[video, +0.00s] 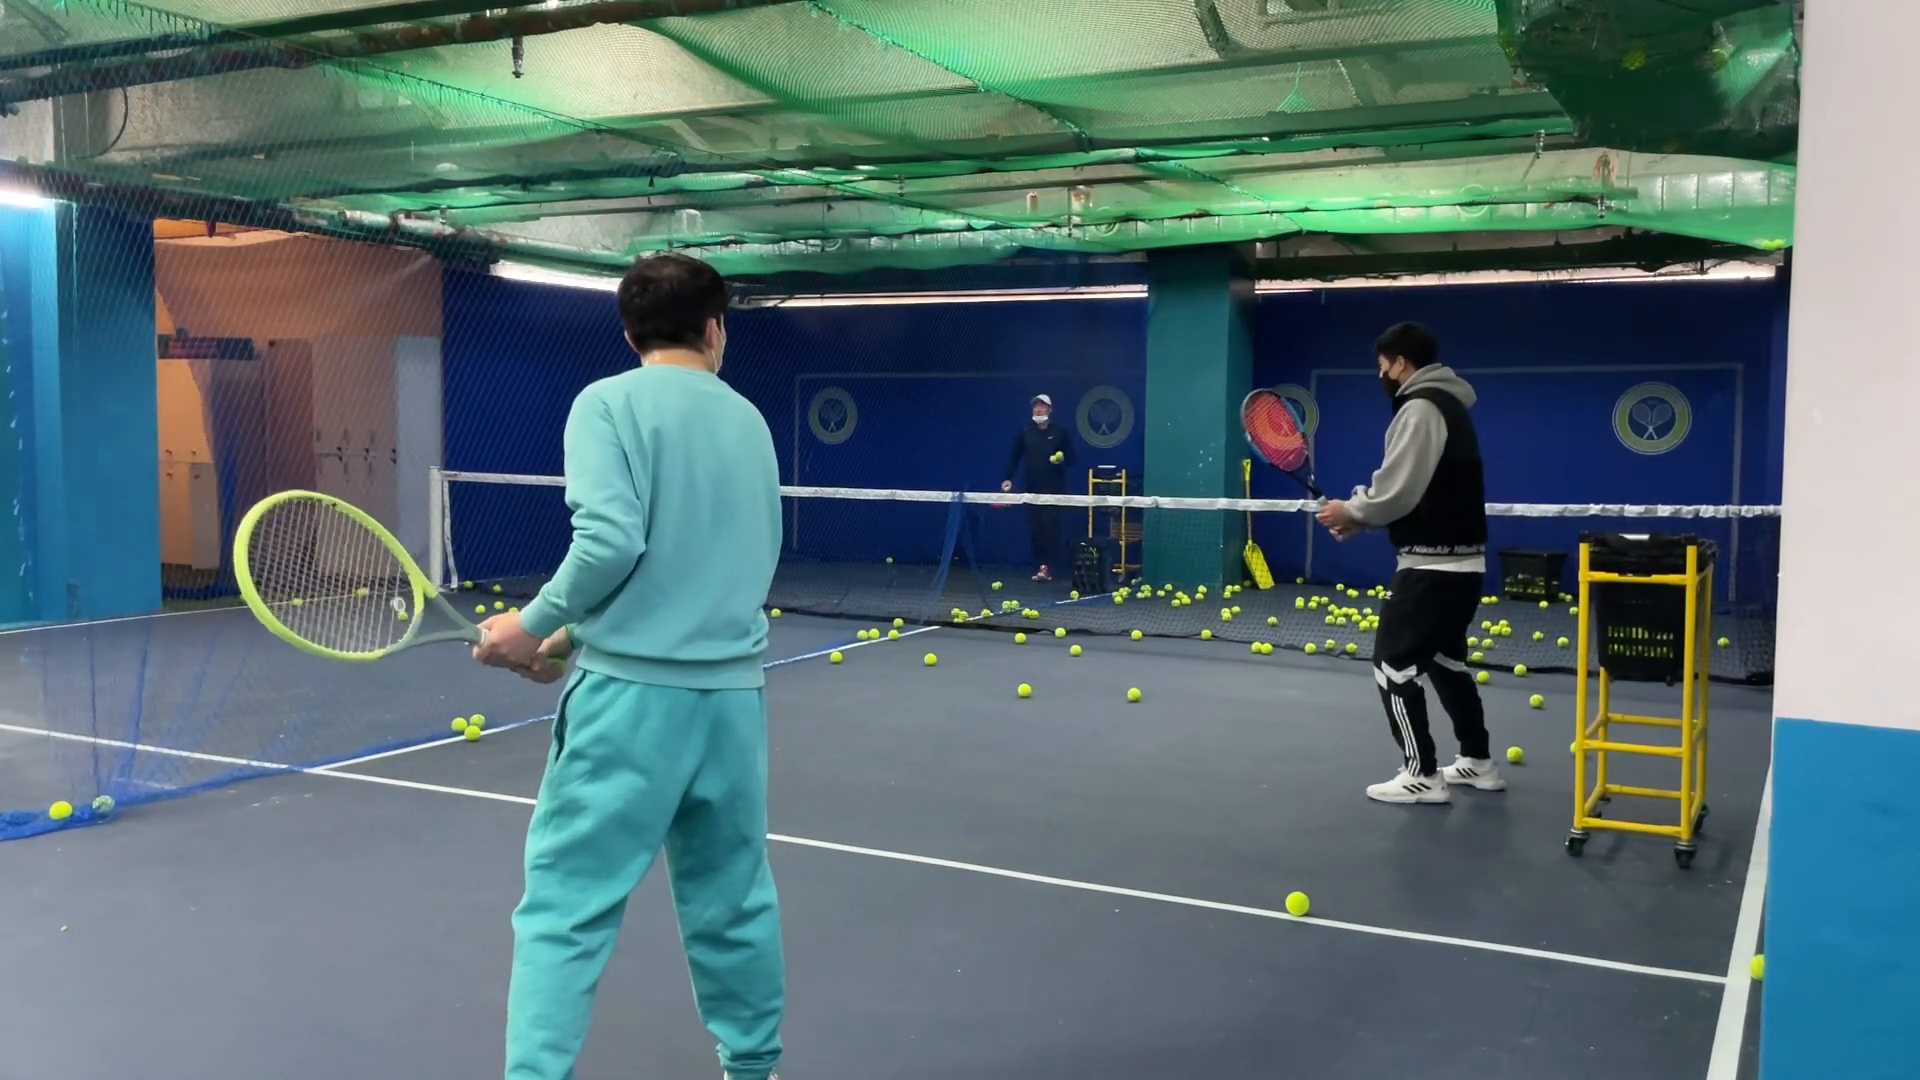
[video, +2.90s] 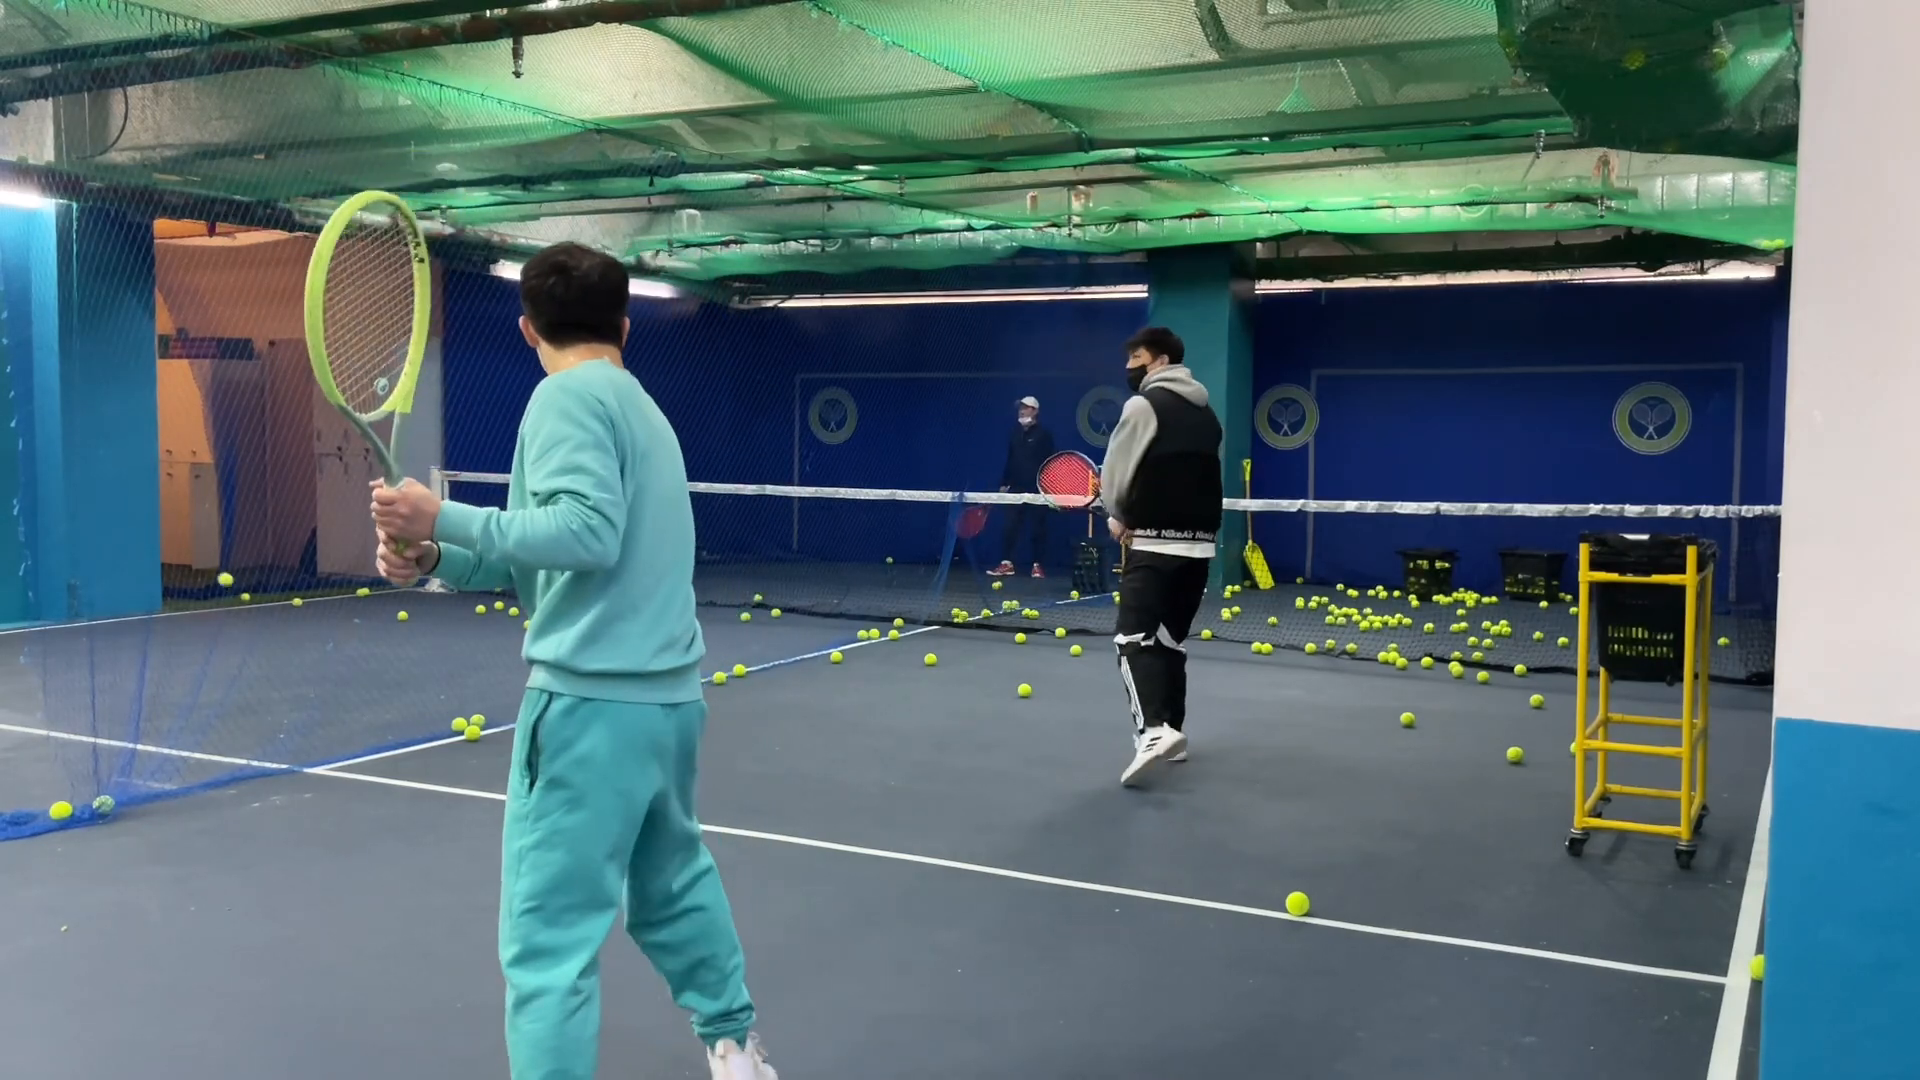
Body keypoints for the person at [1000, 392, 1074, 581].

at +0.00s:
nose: (1039, 411)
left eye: (1043, 408)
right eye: (1036, 408)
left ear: (1050, 410)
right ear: (1032, 411)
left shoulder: (1059, 433)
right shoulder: (1025, 433)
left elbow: (1071, 459)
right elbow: (1015, 457)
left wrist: (1062, 459)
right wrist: (1009, 478)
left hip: (1053, 485)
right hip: (1032, 484)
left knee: (1049, 524)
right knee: (1036, 525)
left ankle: (1046, 565)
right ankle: (1042, 565)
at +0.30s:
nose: (1030, 412)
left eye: (1034, 409)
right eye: (1028, 408)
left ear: (1043, 412)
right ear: (1025, 411)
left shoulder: (1052, 434)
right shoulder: (1022, 435)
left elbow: (1057, 464)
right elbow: (1015, 462)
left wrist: (1037, 470)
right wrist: (1010, 477)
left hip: (1046, 489)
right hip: (1025, 488)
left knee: (1042, 528)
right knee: (1018, 528)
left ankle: (1037, 569)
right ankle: (1036, 559)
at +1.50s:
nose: (1022, 420)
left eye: (1026, 417)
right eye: (1020, 417)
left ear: (1035, 419)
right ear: (1018, 420)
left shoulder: (1047, 439)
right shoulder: (1015, 442)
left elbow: (1054, 465)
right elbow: (1006, 468)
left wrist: (1052, 490)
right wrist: (1002, 492)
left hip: (1050, 491)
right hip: (1028, 491)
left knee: (1058, 530)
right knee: (1019, 529)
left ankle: (1064, 566)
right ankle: (1015, 565)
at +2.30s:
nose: (1015, 422)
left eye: (1019, 419)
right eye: (1013, 418)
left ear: (1027, 420)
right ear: (1010, 419)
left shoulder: (1037, 441)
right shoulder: (1004, 441)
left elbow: (1042, 468)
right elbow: (995, 468)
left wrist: (1038, 491)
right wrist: (988, 491)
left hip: (1036, 491)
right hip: (1011, 492)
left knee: (1045, 526)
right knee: (1010, 529)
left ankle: (1053, 564)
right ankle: (1013, 565)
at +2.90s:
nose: (1023, 411)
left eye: (1027, 409)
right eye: (1021, 408)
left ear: (1035, 411)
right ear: (1019, 411)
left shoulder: (1043, 434)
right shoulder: (1015, 433)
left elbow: (1050, 462)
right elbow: (1010, 459)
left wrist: (1049, 488)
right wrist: (1005, 483)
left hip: (1037, 486)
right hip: (1016, 485)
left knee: (1038, 526)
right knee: (1011, 524)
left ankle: (1037, 564)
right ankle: (1007, 562)